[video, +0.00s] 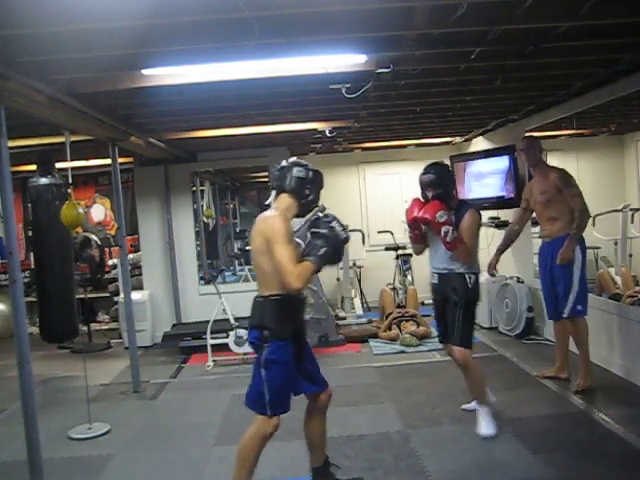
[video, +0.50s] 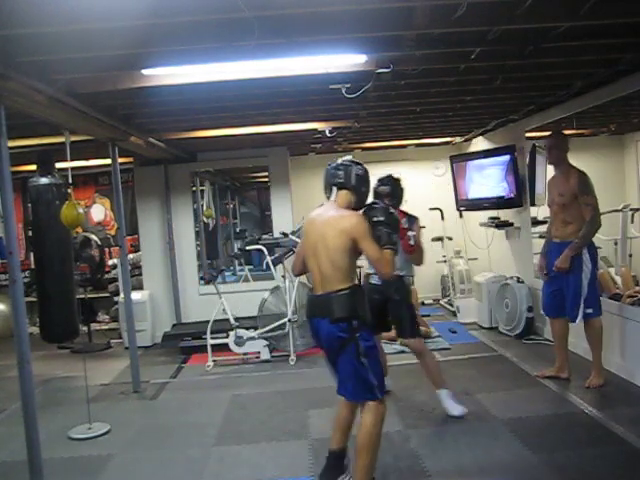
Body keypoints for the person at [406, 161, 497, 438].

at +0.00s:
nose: (427, 195)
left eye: (431, 189)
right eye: (424, 190)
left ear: (447, 187)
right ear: (424, 191)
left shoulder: (467, 213)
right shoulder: (430, 211)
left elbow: (467, 256)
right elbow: (419, 247)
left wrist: (446, 228)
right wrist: (414, 225)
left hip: (463, 280)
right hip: (440, 280)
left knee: (460, 351)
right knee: (449, 346)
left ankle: (484, 406)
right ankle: (481, 393)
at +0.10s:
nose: (421, 190)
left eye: (425, 185)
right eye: (418, 186)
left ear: (440, 182)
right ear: (416, 186)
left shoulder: (460, 207)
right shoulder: (419, 206)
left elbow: (461, 249)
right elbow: (409, 244)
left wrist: (440, 223)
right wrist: (407, 221)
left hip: (454, 276)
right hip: (428, 277)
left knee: (454, 351)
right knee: (427, 338)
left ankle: (464, 395)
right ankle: (469, 381)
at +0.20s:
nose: (413, 194)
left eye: (417, 188)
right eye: (410, 189)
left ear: (431, 187)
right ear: (408, 191)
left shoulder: (450, 213)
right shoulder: (410, 213)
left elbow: (454, 254)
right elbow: (400, 250)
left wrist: (433, 228)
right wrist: (400, 226)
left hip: (445, 282)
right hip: (420, 282)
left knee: (450, 351)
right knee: (407, 338)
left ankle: (463, 398)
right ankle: (440, 371)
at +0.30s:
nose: (403, 200)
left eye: (408, 194)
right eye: (400, 195)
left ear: (421, 193)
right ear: (398, 197)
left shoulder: (438, 218)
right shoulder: (398, 218)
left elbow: (442, 259)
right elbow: (389, 257)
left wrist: (425, 232)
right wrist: (391, 233)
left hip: (433, 286)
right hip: (407, 286)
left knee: (444, 355)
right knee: (392, 337)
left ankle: (461, 400)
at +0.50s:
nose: (383, 203)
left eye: (388, 198)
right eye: (379, 198)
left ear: (397, 198)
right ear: (375, 198)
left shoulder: (409, 221)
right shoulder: (366, 219)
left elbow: (418, 259)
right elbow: (353, 252)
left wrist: (407, 239)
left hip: (399, 286)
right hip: (372, 286)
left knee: (417, 344)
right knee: (372, 339)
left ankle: (446, 397)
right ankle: (381, 383)